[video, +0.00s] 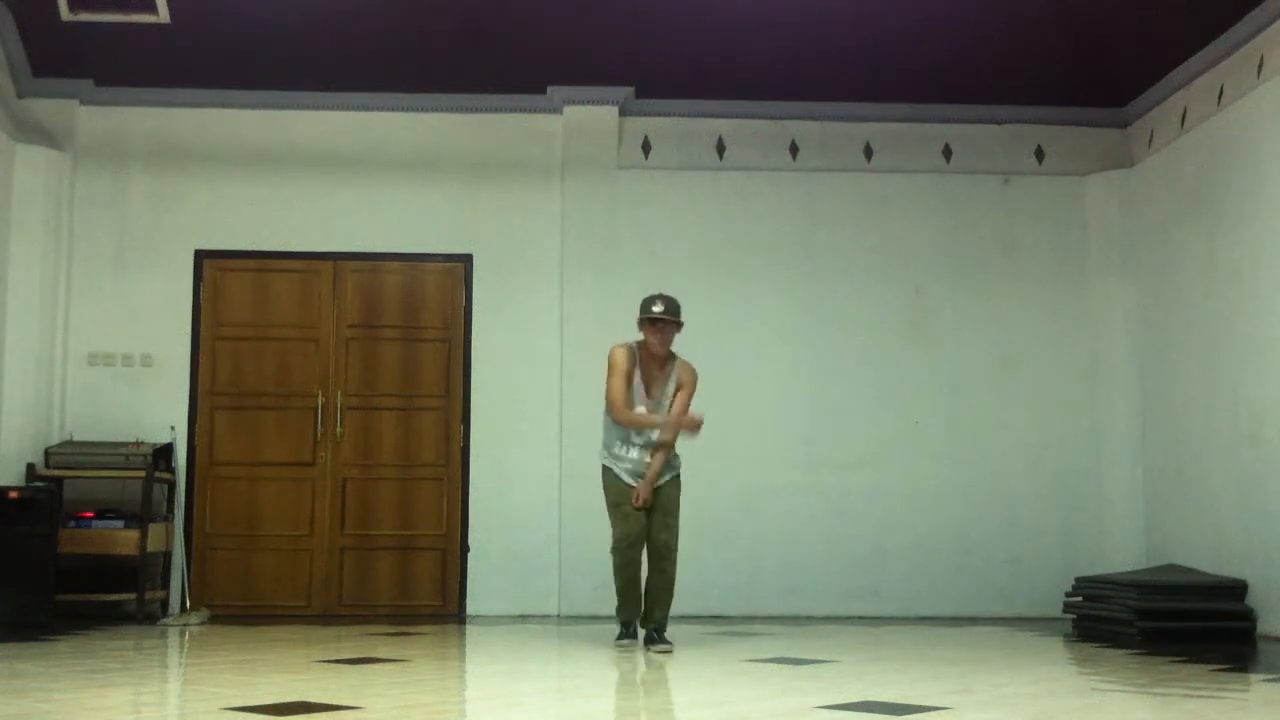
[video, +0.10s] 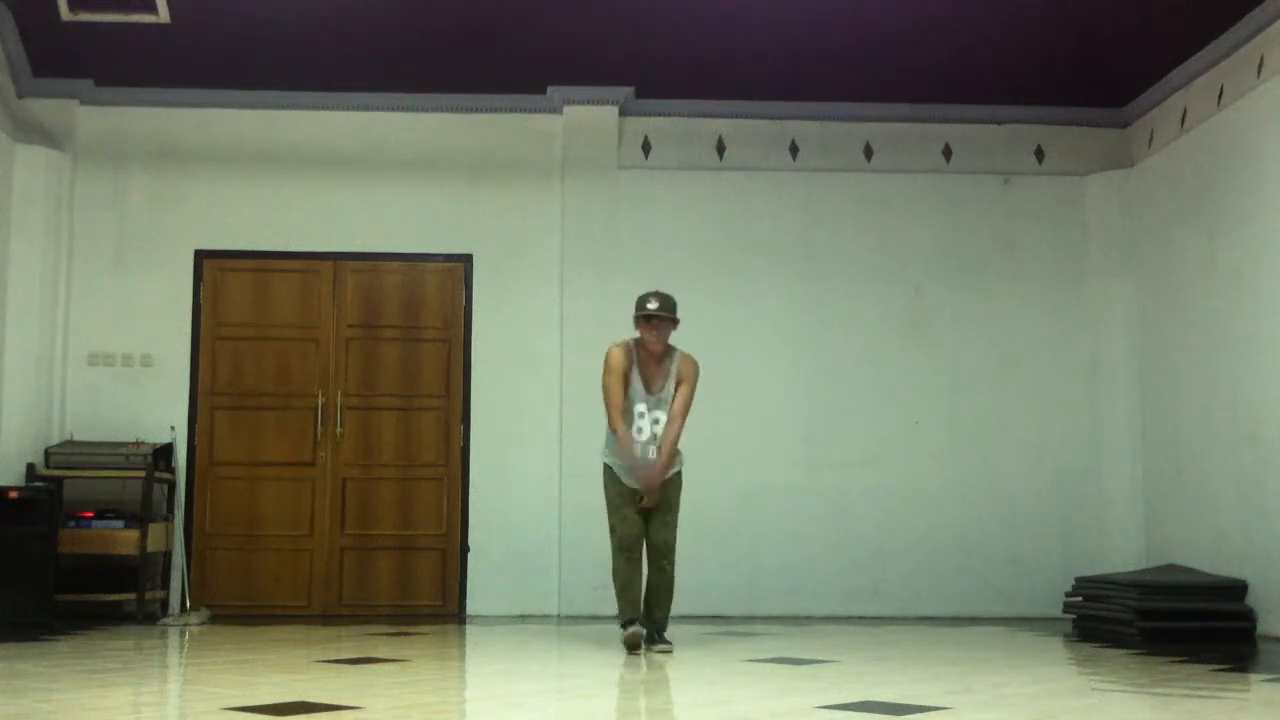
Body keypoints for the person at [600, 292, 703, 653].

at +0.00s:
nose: (659, 331)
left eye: (666, 325)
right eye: (652, 324)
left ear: (677, 330)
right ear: (641, 326)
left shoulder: (685, 373)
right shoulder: (622, 356)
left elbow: (670, 432)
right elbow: (619, 414)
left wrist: (650, 479)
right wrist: (674, 422)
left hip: (665, 469)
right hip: (621, 466)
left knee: (664, 546)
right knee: (628, 540)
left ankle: (656, 626)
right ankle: (628, 621)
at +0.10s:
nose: (654, 328)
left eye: (662, 322)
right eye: (648, 321)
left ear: (673, 326)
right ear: (637, 324)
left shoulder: (686, 365)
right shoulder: (619, 356)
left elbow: (675, 424)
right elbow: (616, 419)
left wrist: (658, 475)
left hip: (666, 468)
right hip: (621, 467)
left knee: (662, 547)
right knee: (627, 544)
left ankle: (656, 628)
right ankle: (630, 624)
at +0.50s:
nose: (626, 317)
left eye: (633, 310)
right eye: (619, 311)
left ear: (646, 314)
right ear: (610, 316)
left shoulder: (666, 348)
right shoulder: (599, 365)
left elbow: (686, 404)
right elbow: (568, 414)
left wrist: (665, 452)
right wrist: (531, 442)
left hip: (658, 467)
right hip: (615, 470)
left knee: (653, 544)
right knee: (617, 548)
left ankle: (654, 622)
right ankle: (626, 627)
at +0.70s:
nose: (628, 315)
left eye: (635, 309)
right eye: (621, 309)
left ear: (646, 312)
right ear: (611, 312)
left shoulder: (666, 345)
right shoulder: (596, 361)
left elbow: (685, 397)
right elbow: (591, 419)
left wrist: (667, 442)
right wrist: (572, 463)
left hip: (653, 463)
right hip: (610, 466)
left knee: (648, 541)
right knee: (614, 548)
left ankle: (647, 622)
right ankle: (624, 629)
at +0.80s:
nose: (633, 311)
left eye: (640, 305)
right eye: (626, 304)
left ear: (651, 308)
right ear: (617, 308)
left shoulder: (668, 344)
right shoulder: (598, 353)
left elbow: (680, 392)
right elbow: (598, 411)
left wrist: (669, 436)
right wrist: (602, 463)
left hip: (652, 459)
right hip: (611, 462)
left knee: (651, 539)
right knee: (615, 546)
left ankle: (647, 618)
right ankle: (623, 627)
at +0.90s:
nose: (639, 308)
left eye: (647, 303)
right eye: (633, 301)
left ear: (657, 307)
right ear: (622, 305)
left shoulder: (670, 344)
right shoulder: (601, 346)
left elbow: (675, 394)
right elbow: (603, 407)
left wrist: (670, 434)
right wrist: (626, 453)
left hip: (654, 458)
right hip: (611, 457)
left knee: (652, 540)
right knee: (614, 544)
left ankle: (649, 621)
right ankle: (622, 626)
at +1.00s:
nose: (644, 308)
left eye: (652, 302)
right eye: (637, 301)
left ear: (663, 307)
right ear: (627, 304)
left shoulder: (673, 347)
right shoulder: (606, 342)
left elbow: (674, 399)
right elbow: (601, 401)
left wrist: (669, 439)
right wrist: (639, 438)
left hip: (655, 460)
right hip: (612, 460)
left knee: (654, 542)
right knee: (614, 546)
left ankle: (650, 625)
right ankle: (622, 627)